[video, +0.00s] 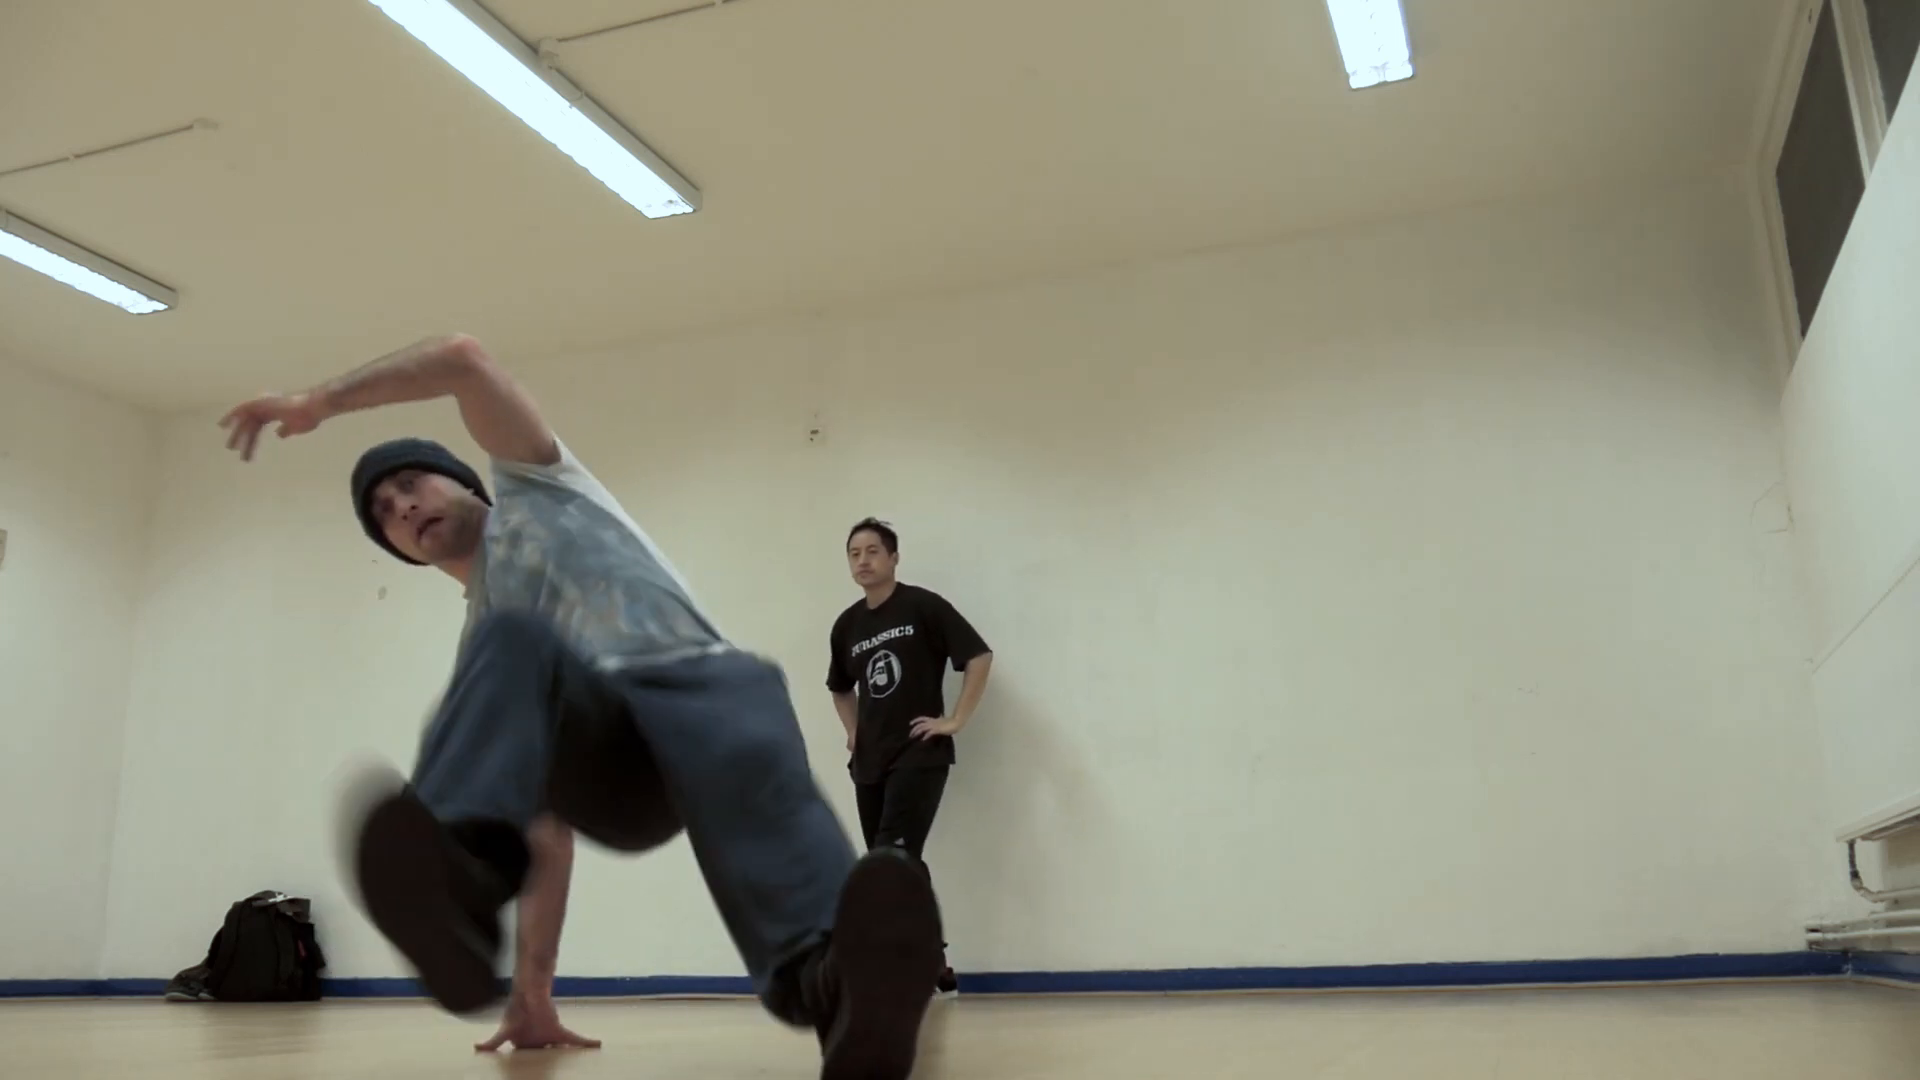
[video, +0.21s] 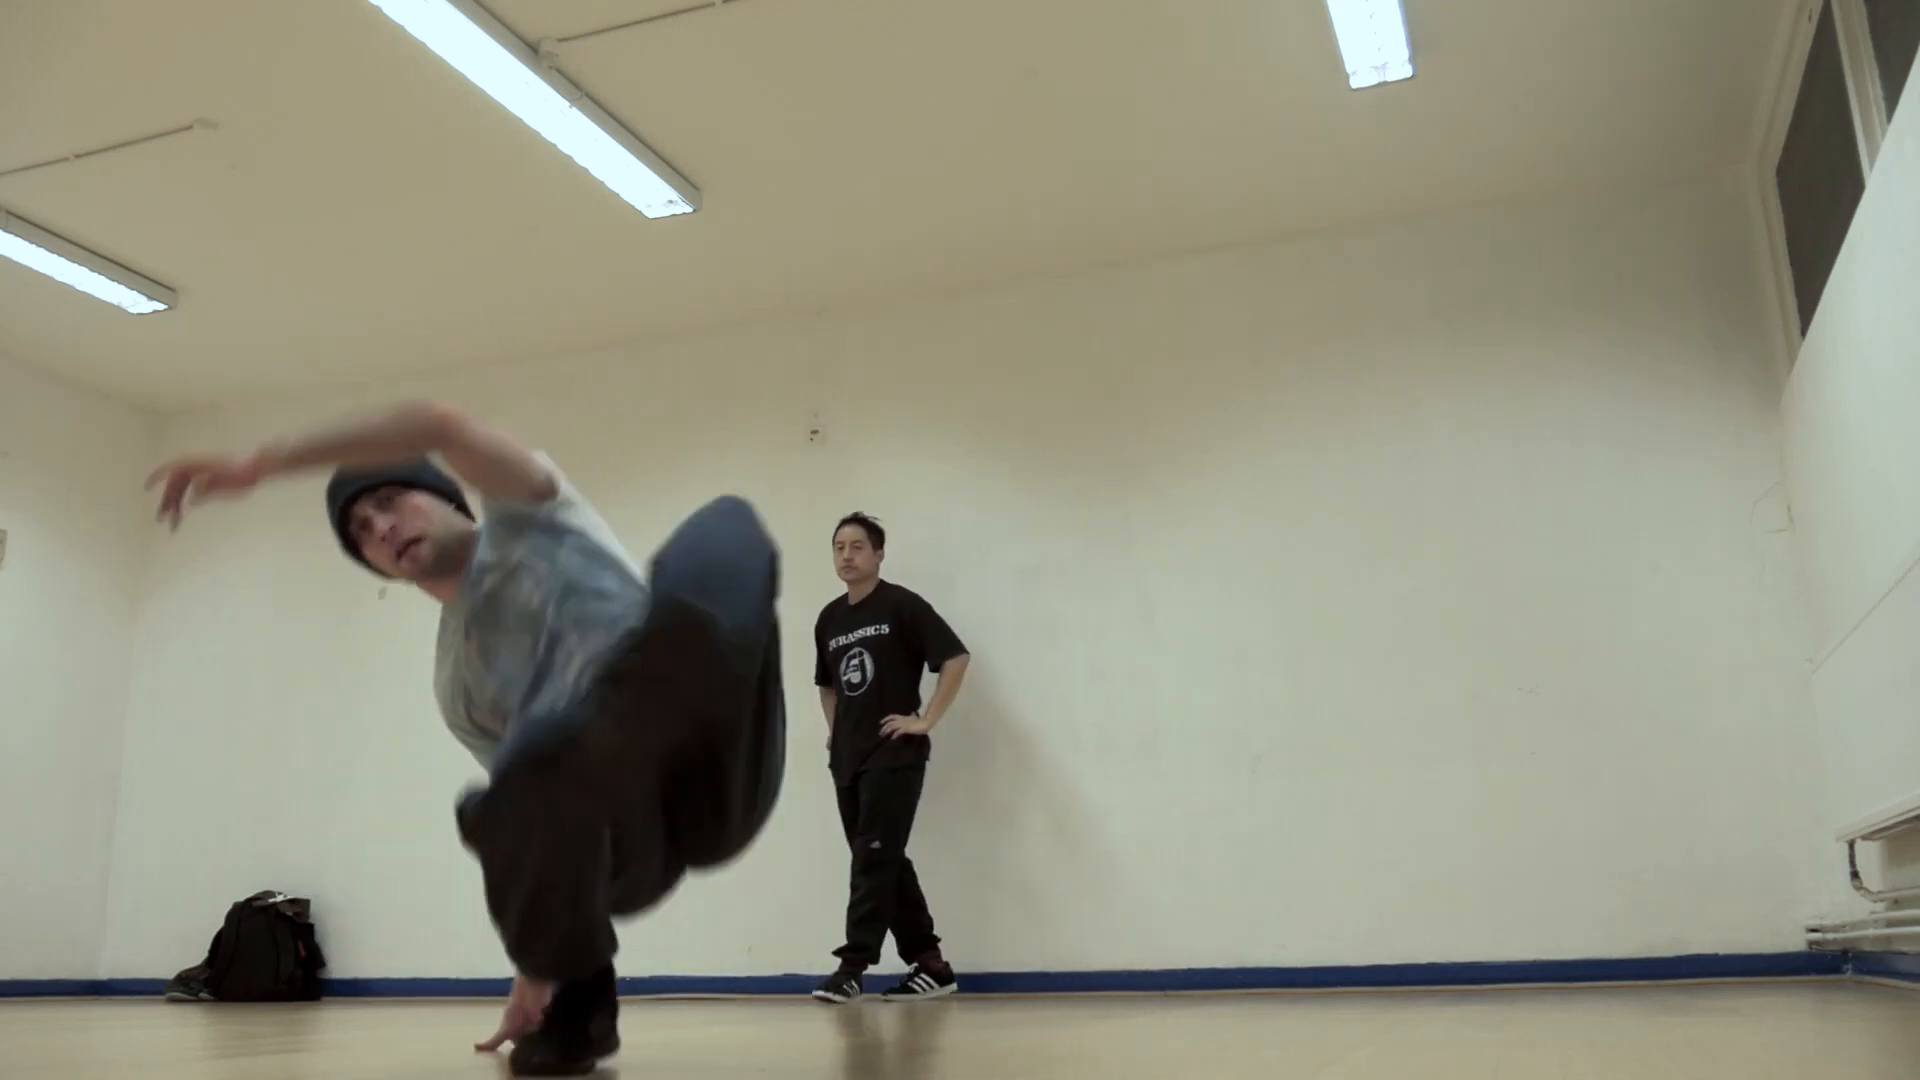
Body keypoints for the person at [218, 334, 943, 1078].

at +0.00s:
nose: (405, 510)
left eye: (409, 485)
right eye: (386, 518)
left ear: (456, 478)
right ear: (405, 553)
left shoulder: (538, 484)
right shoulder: (491, 636)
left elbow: (463, 359)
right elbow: (542, 834)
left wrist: (313, 403)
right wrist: (536, 1003)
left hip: (703, 708)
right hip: (601, 761)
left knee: (742, 703)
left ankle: (835, 980)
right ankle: (459, 909)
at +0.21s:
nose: (382, 525)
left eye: (391, 499)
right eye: (362, 533)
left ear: (446, 490)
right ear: (379, 572)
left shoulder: (531, 522)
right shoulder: (459, 688)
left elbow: (437, 423)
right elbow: (545, 802)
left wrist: (260, 462)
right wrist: (539, 979)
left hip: (708, 766)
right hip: (613, 835)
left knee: (723, 537)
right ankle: (578, 1010)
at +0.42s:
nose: (382, 608)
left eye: (382, 579)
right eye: (356, 615)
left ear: (419, 551)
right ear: (360, 635)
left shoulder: (513, 590)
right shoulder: (452, 702)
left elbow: (402, 544)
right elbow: (552, 820)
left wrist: (213, 655)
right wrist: (542, 977)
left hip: (735, 840)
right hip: (641, 896)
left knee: (642, 566)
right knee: (590, 743)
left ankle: (480, 776)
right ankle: (591, 1014)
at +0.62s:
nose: (355, 537)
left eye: (352, 512)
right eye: (339, 552)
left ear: (393, 492)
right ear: (365, 584)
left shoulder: (466, 449)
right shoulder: (477, 675)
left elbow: (458, 280)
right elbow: (543, 822)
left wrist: (438, 123)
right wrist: (531, 988)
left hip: (708, 609)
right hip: (643, 709)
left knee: (639, 448)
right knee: (552, 781)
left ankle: (638, 384)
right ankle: (628, 1001)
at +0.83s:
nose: (401, 444)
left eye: (396, 421)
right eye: (384, 460)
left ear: (435, 396)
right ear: (405, 488)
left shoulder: (523, 349)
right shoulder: (468, 558)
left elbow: (639, 227)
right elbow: (432, 723)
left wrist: (736, 104)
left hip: (628, 446)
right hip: (536, 566)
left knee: (722, 279)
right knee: (474, 753)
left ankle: (815, 33)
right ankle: (648, 985)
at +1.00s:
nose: (400, 411)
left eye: (398, 389)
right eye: (385, 426)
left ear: (439, 367)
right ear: (407, 454)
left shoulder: (542, 332)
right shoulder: (465, 520)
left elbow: (626, 197)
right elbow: (441, 707)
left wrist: (643, 58)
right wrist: (368, 845)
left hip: (644, 452)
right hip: (560, 543)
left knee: (693, 230)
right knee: (416, 663)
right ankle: (589, 920)